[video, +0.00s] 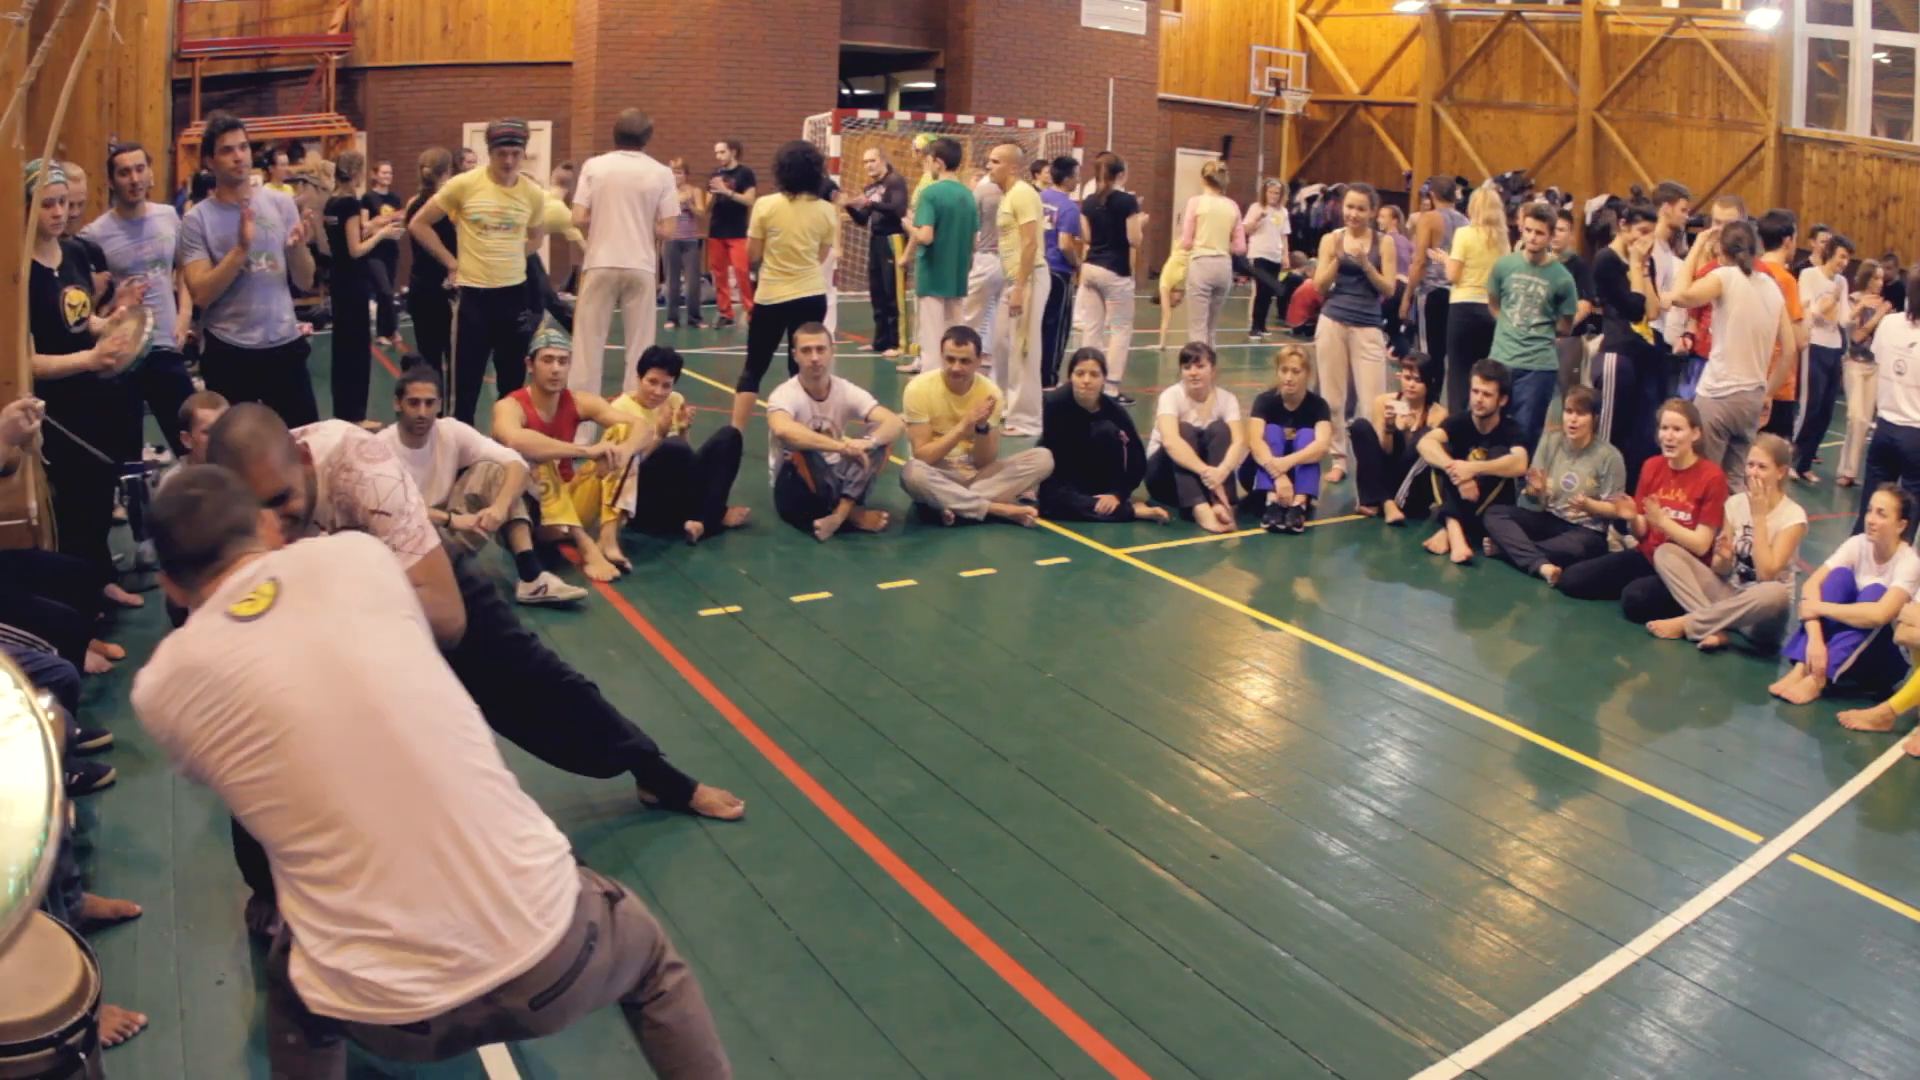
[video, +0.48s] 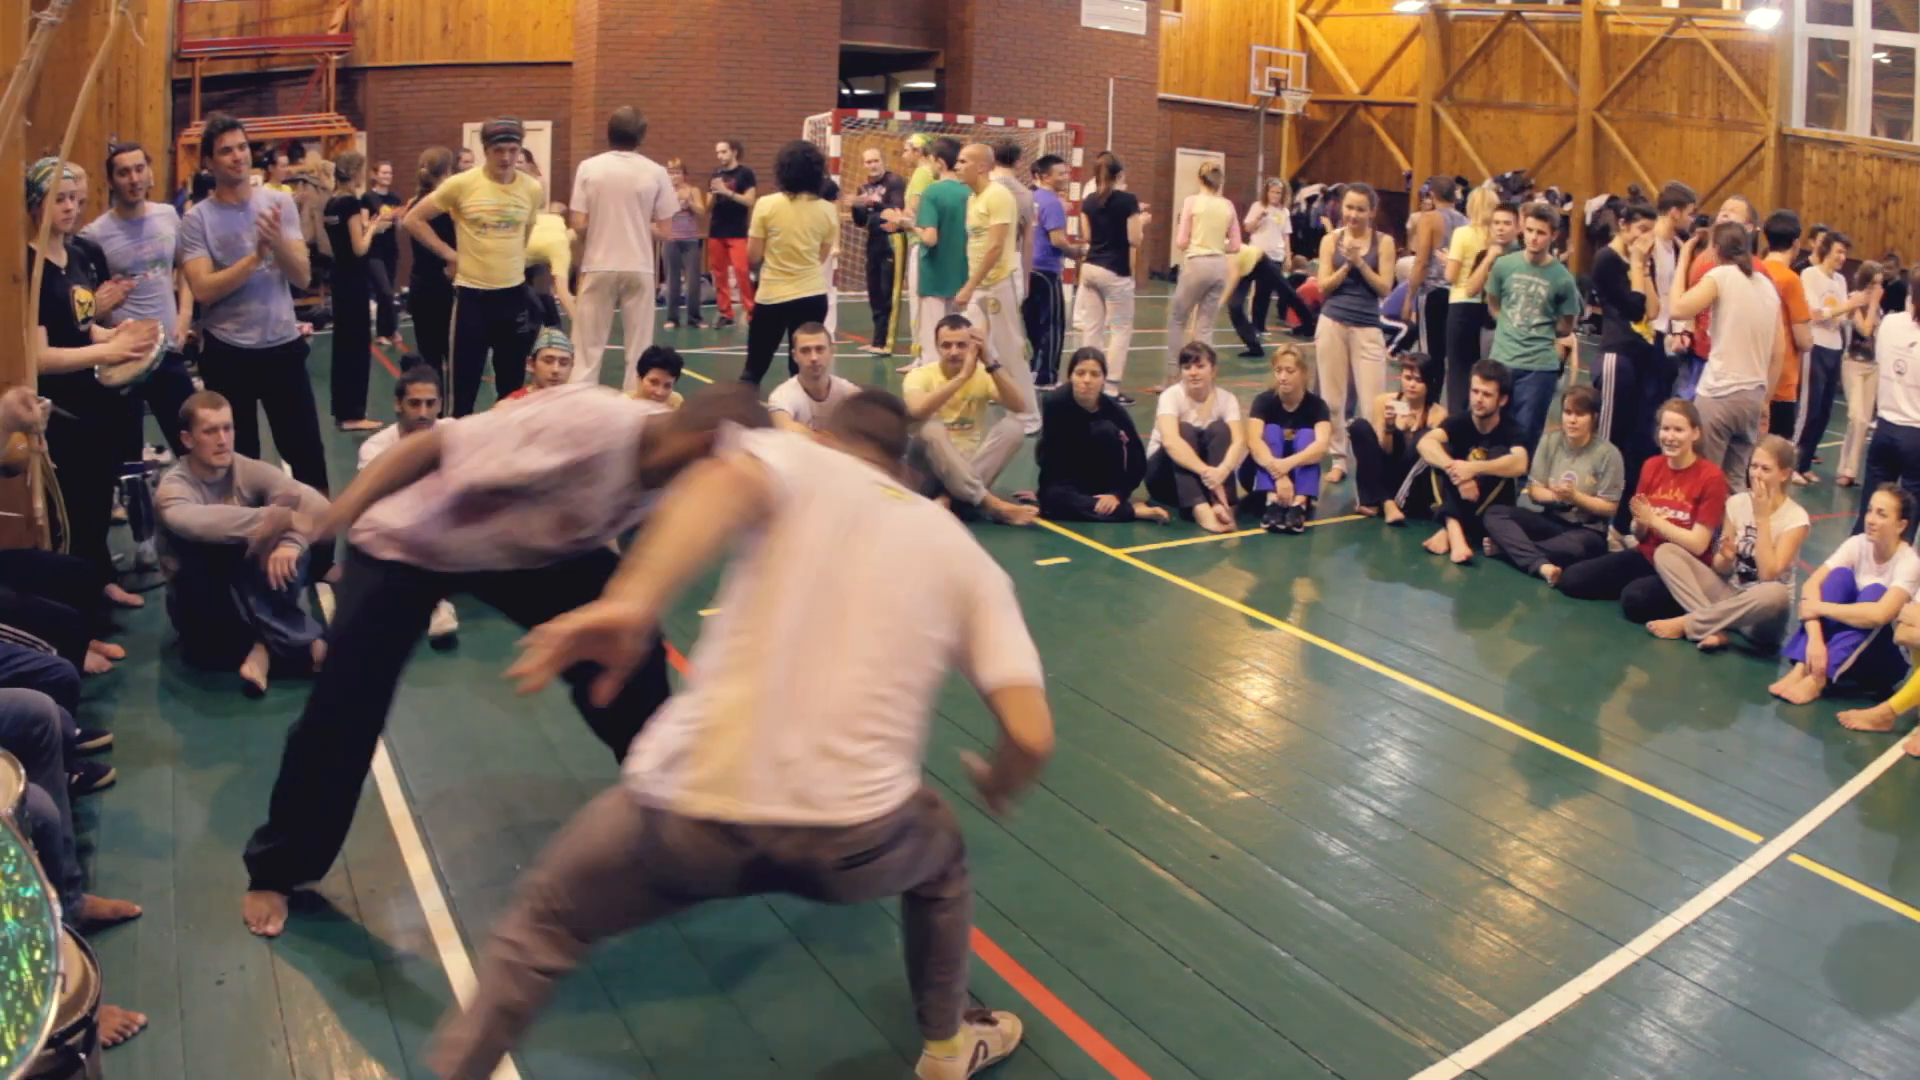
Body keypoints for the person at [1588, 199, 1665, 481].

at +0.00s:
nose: (1645, 239)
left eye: (1649, 233)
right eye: (1641, 231)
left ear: (1652, 234)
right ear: (1623, 226)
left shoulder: (1642, 260)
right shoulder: (1607, 259)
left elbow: (1655, 311)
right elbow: (1635, 308)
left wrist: (1643, 267)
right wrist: (1636, 263)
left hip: (1642, 349)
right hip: (1617, 350)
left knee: (1638, 428)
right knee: (1610, 430)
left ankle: (1632, 489)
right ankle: (1604, 489)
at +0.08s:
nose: (1647, 239)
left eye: (1650, 232)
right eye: (1642, 230)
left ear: (1652, 232)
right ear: (1623, 226)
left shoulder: (1643, 259)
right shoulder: (1607, 259)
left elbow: (1654, 311)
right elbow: (1635, 308)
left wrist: (1643, 267)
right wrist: (1636, 263)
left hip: (1641, 349)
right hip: (1616, 350)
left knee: (1635, 428)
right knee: (1609, 430)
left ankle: (1630, 489)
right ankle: (1602, 489)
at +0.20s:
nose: (1645, 238)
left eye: (1649, 232)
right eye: (1640, 230)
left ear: (1652, 234)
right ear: (1623, 227)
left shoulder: (1643, 261)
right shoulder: (1607, 260)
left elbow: (1655, 309)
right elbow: (1637, 307)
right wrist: (1637, 263)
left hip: (1642, 353)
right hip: (1617, 353)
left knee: (1637, 433)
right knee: (1611, 432)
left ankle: (1627, 513)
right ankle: (1602, 510)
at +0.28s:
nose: (1645, 239)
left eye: (1650, 233)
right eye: (1641, 230)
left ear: (1652, 235)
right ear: (1623, 226)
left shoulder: (1642, 259)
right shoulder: (1607, 258)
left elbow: (1654, 310)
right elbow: (1636, 308)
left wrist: (1643, 266)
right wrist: (1637, 262)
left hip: (1644, 350)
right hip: (1617, 351)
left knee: (1641, 429)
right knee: (1612, 431)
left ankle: (1636, 488)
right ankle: (1606, 489)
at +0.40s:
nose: (1646, 239)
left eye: (1650, 232)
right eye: (1641, 230)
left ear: (1651, 233)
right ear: (1623, 226)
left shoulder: (1640, 259)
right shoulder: (1608, 258)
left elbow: (1653, 310)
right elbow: (1636, 308)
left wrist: (1643, 265)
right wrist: (1637, 262)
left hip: (1642, 350)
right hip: (1617, 351)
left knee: (1637, 428)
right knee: (1612, 429)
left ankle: (1632, 487)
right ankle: (1605, 488)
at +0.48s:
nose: (1645, 237)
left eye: (1649, 231)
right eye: (1641, 229)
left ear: (1651, 233)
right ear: (1623, 226)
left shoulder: (1640, 260)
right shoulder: (1607, 260)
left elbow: (1654, 310)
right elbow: (1636, 308)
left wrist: (1644, 267)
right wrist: (1638, 264)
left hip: (1640, 350)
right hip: (1616, 351)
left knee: (1634, 431)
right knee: (1612, 430)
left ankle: (1625, 511)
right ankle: (1603, 509)